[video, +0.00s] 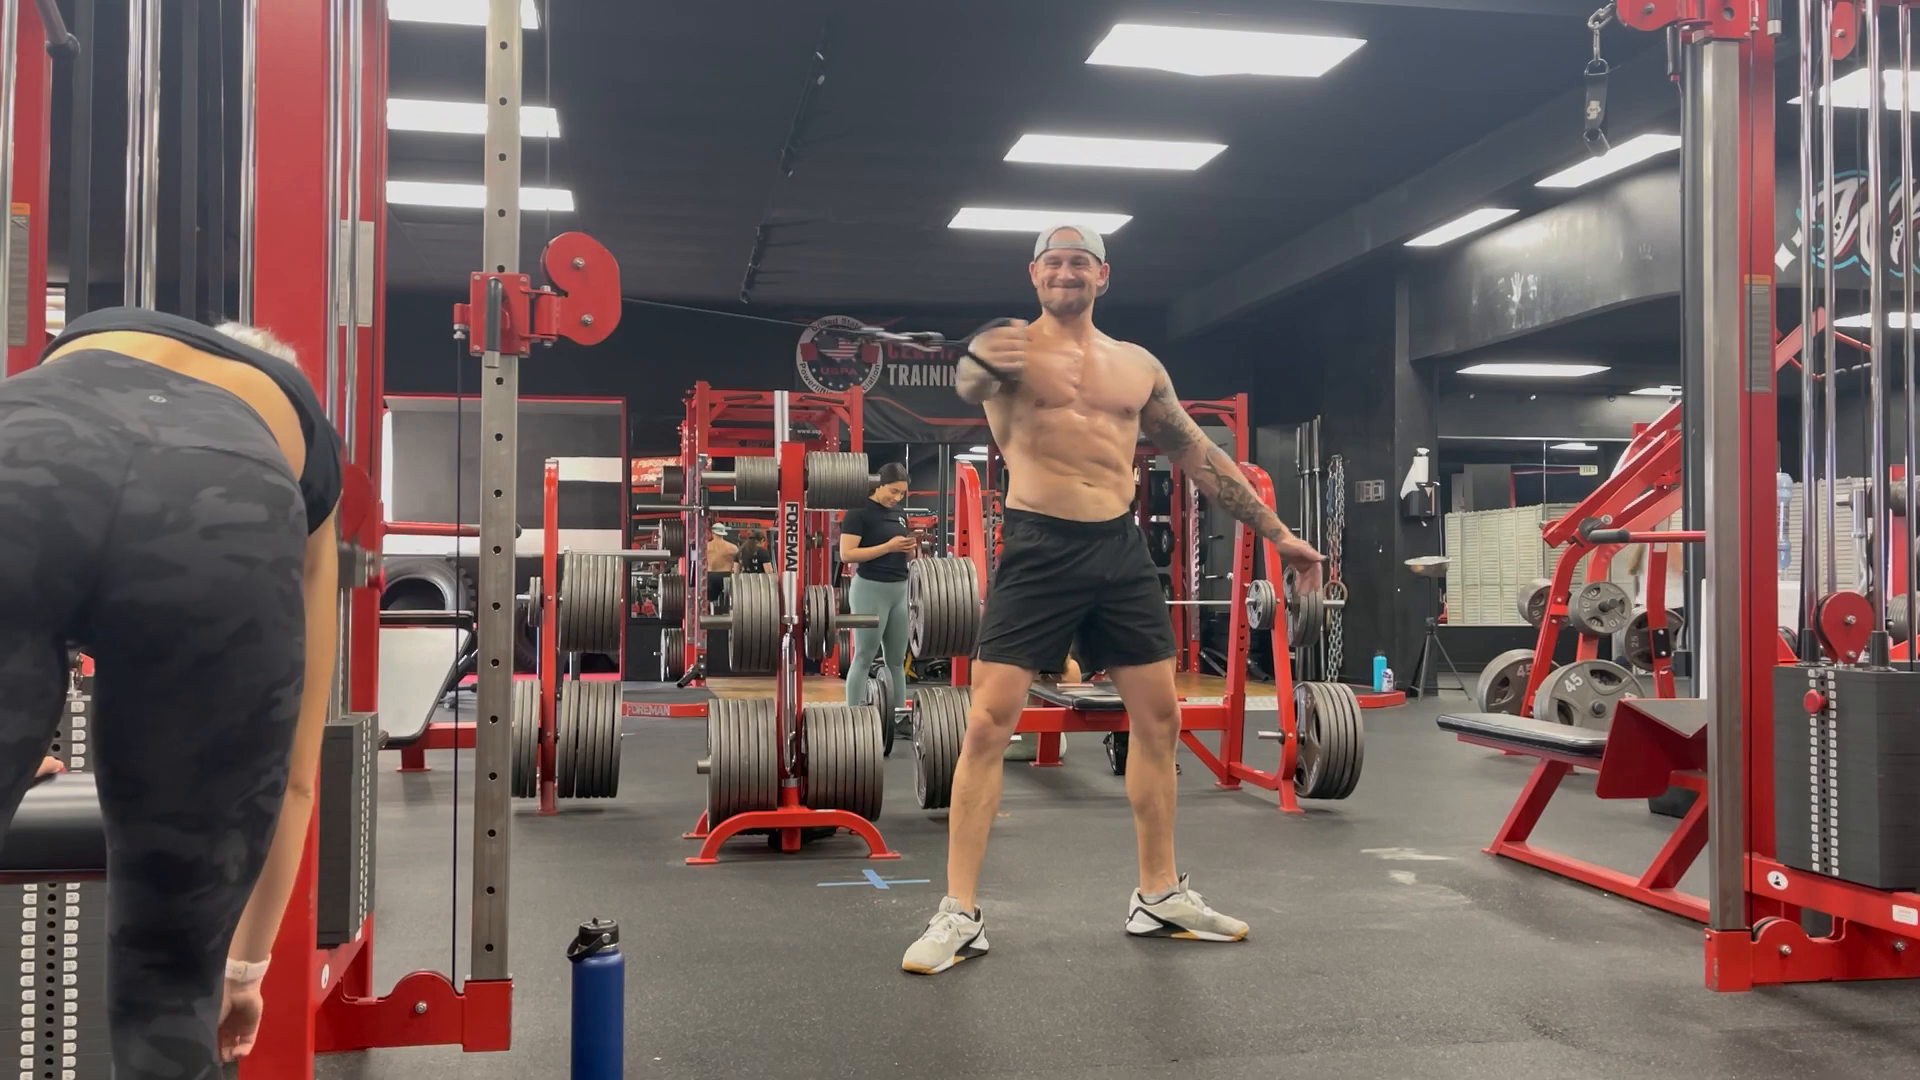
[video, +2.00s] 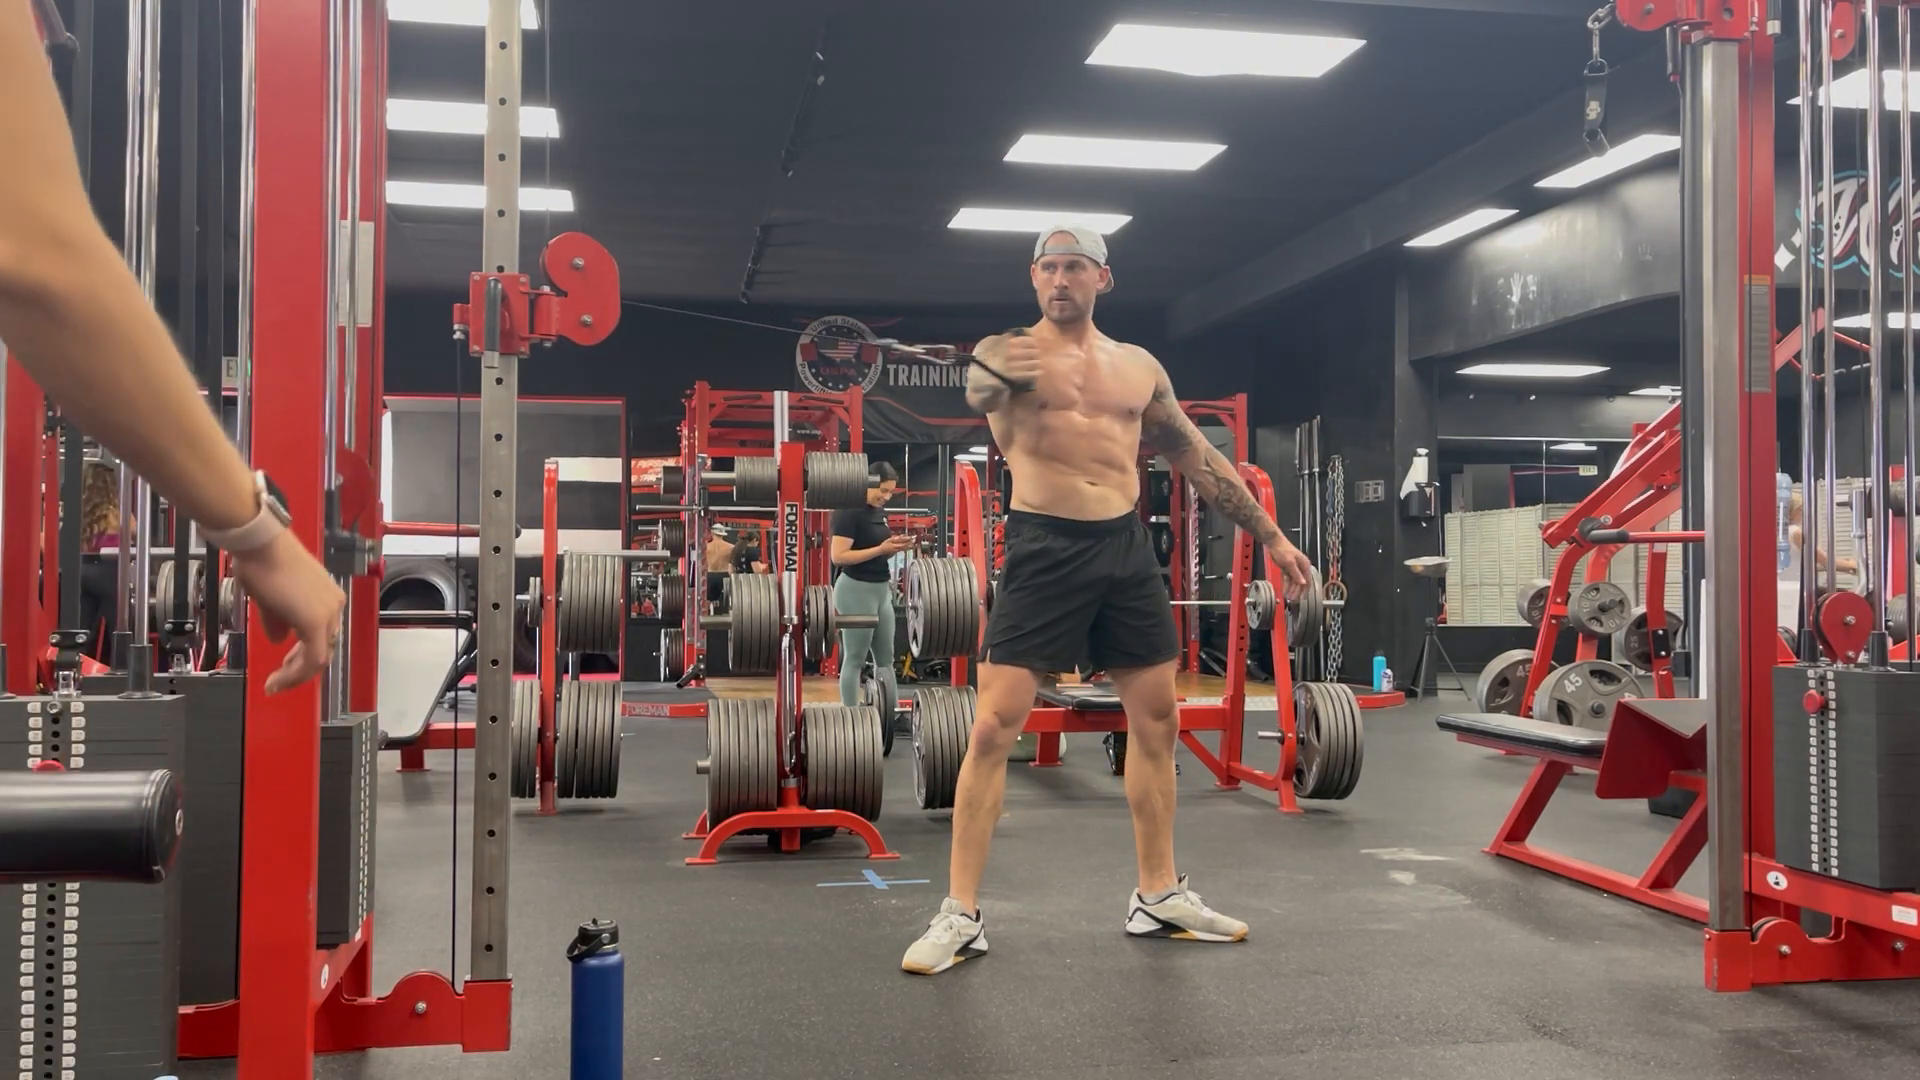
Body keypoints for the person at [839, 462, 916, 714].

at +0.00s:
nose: (898, 498)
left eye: (902, 493)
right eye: (894, 491)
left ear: (905, 490)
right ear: (880, 484)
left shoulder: (898, 513)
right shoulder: (858, 513)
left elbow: (905, 557)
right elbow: (846, 553)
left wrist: (910, 548)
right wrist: (887, 547)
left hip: (899, 591)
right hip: (870, 590)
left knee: (896, 661)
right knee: (864, 657)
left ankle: (900, 719)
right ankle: (852, 718)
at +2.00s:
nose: (887, 497)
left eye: (890, 493)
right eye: (884, 491)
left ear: (891, 489)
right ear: (868, 484)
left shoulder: (877, 512)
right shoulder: (849, 512)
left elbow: (873, 549)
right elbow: (838, 555)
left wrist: (895, 545)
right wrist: (882, 549)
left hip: (881, 590)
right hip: (855, 589)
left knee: (885, 660)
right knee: (854, 659)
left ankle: (891, 720)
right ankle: (851, 721)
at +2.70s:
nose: (912, 497)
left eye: (914, 492)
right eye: (909, 490)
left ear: (898, 489)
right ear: (893, 485)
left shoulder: (892, 513)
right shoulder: (880, 514)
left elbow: (891, 551)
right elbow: (877, 558)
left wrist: (916, 549)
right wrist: (914, 545)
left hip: (893, 589)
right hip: (884, 589)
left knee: (891, 657)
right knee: (889, 658)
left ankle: (880, 712)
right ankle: (869, 713)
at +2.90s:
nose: (923, 498)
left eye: (926, 493)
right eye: (921, 492)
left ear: (907, 488)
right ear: (904, 485)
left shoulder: (899, 512)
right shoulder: (892, 513)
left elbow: (897, 551)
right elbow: (887, 557)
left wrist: (921, 550)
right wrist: (923, 546)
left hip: (893, 585)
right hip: (890, 586)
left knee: (889, 657)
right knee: (919, 650)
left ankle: (881, 713)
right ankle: (898, 712)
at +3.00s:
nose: (931, 499)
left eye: (933, 494)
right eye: (928, 493)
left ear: (913, 488)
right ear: (912, 487)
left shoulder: (906, 511)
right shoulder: (898, 513)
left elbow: (904, 551)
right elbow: (892, 557)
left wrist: (929, 549)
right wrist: (928, 546)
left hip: (897, 583)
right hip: (896, 584)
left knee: (893, 653)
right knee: (928, 648)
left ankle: (882, 714)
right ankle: (926, 716)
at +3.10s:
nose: (937, 501)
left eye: (941, 496)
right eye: (935, 494)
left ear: (920, 490)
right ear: (919, 488)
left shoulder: (915, 513)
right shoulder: (905, 514)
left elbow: (912, 552)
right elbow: (898, 558)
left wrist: (937, 549)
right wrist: (934, 547)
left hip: (903, 582)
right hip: (903, 584)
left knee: (897, 652)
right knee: (933, 648)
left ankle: (884, 712)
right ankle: (945, 715)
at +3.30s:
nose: (954, 500)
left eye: (956, 495)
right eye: (952, 494)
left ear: (943, 493)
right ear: (939, 491)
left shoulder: (940, 516)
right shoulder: (926, 518)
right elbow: (918, 560)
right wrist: (955, 550)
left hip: (947, 593)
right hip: (930, 594)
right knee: (919, 651)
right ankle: (887, 704)